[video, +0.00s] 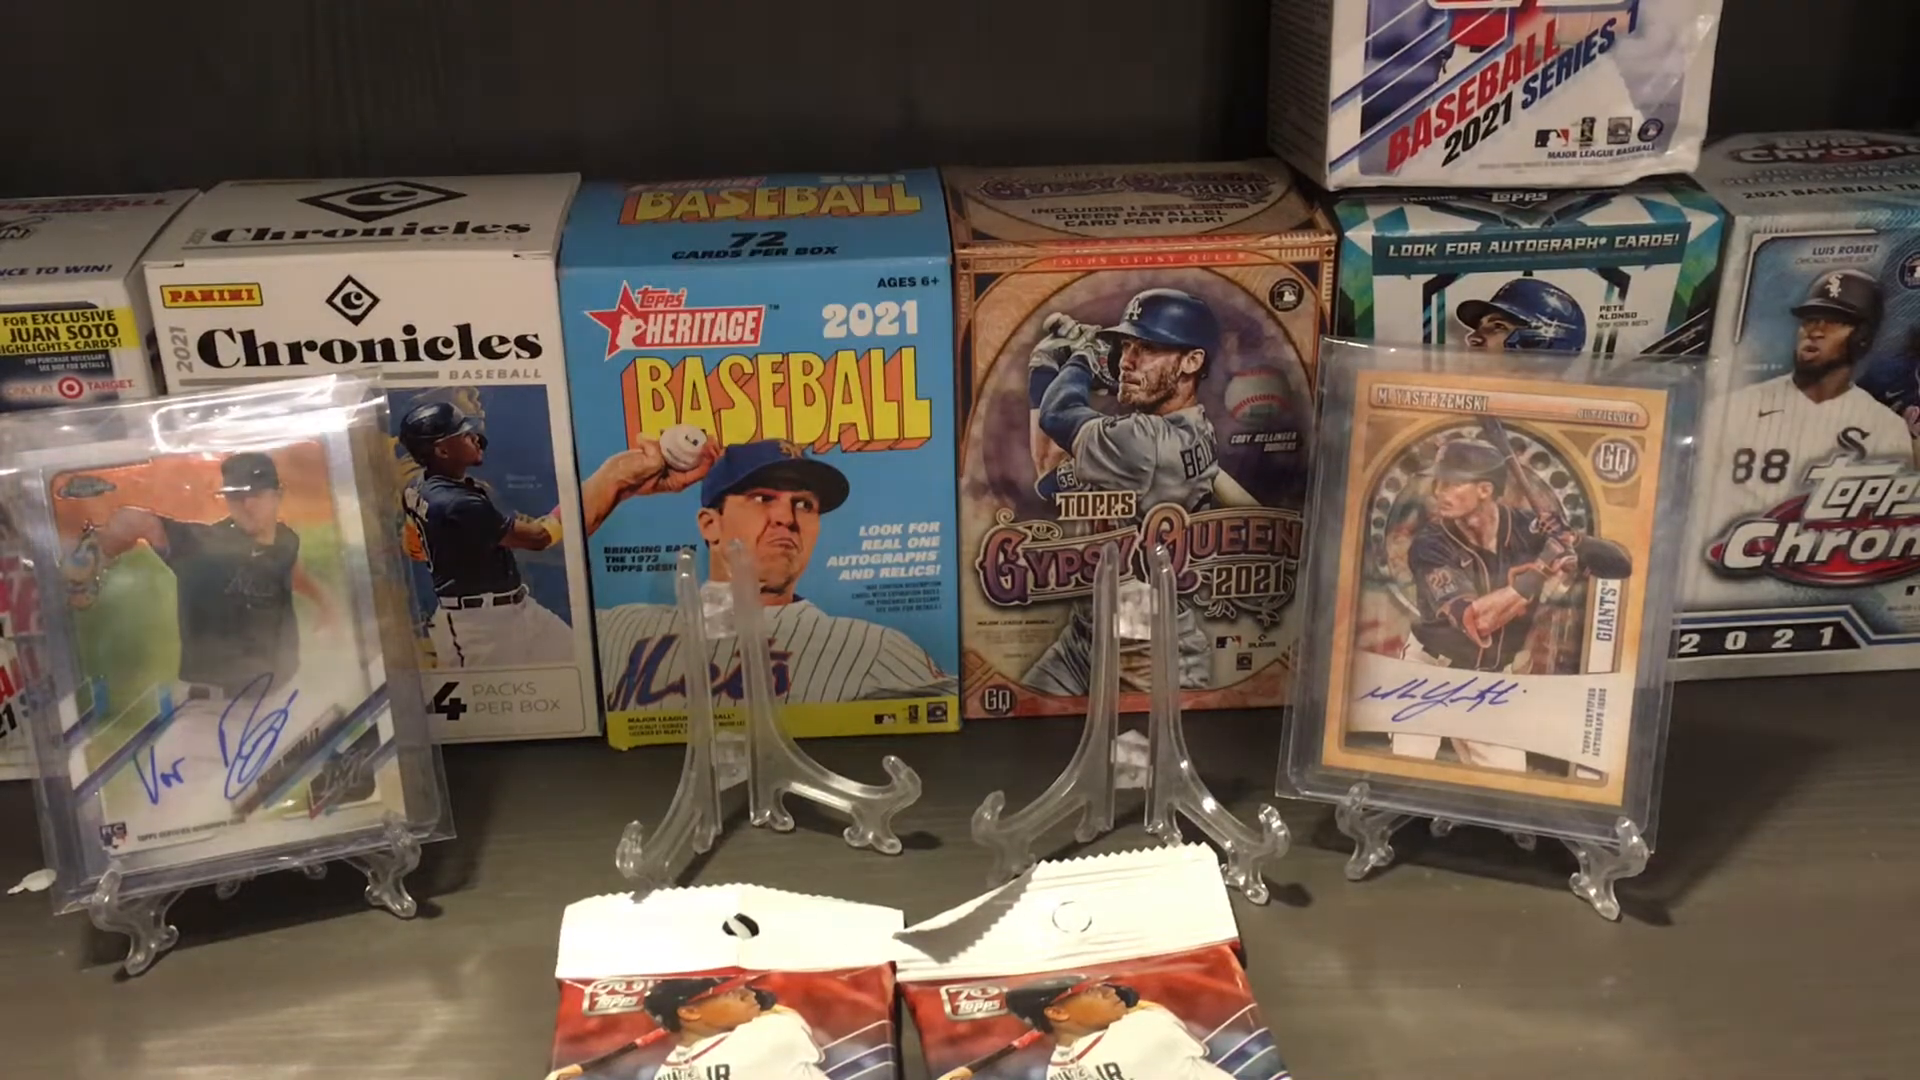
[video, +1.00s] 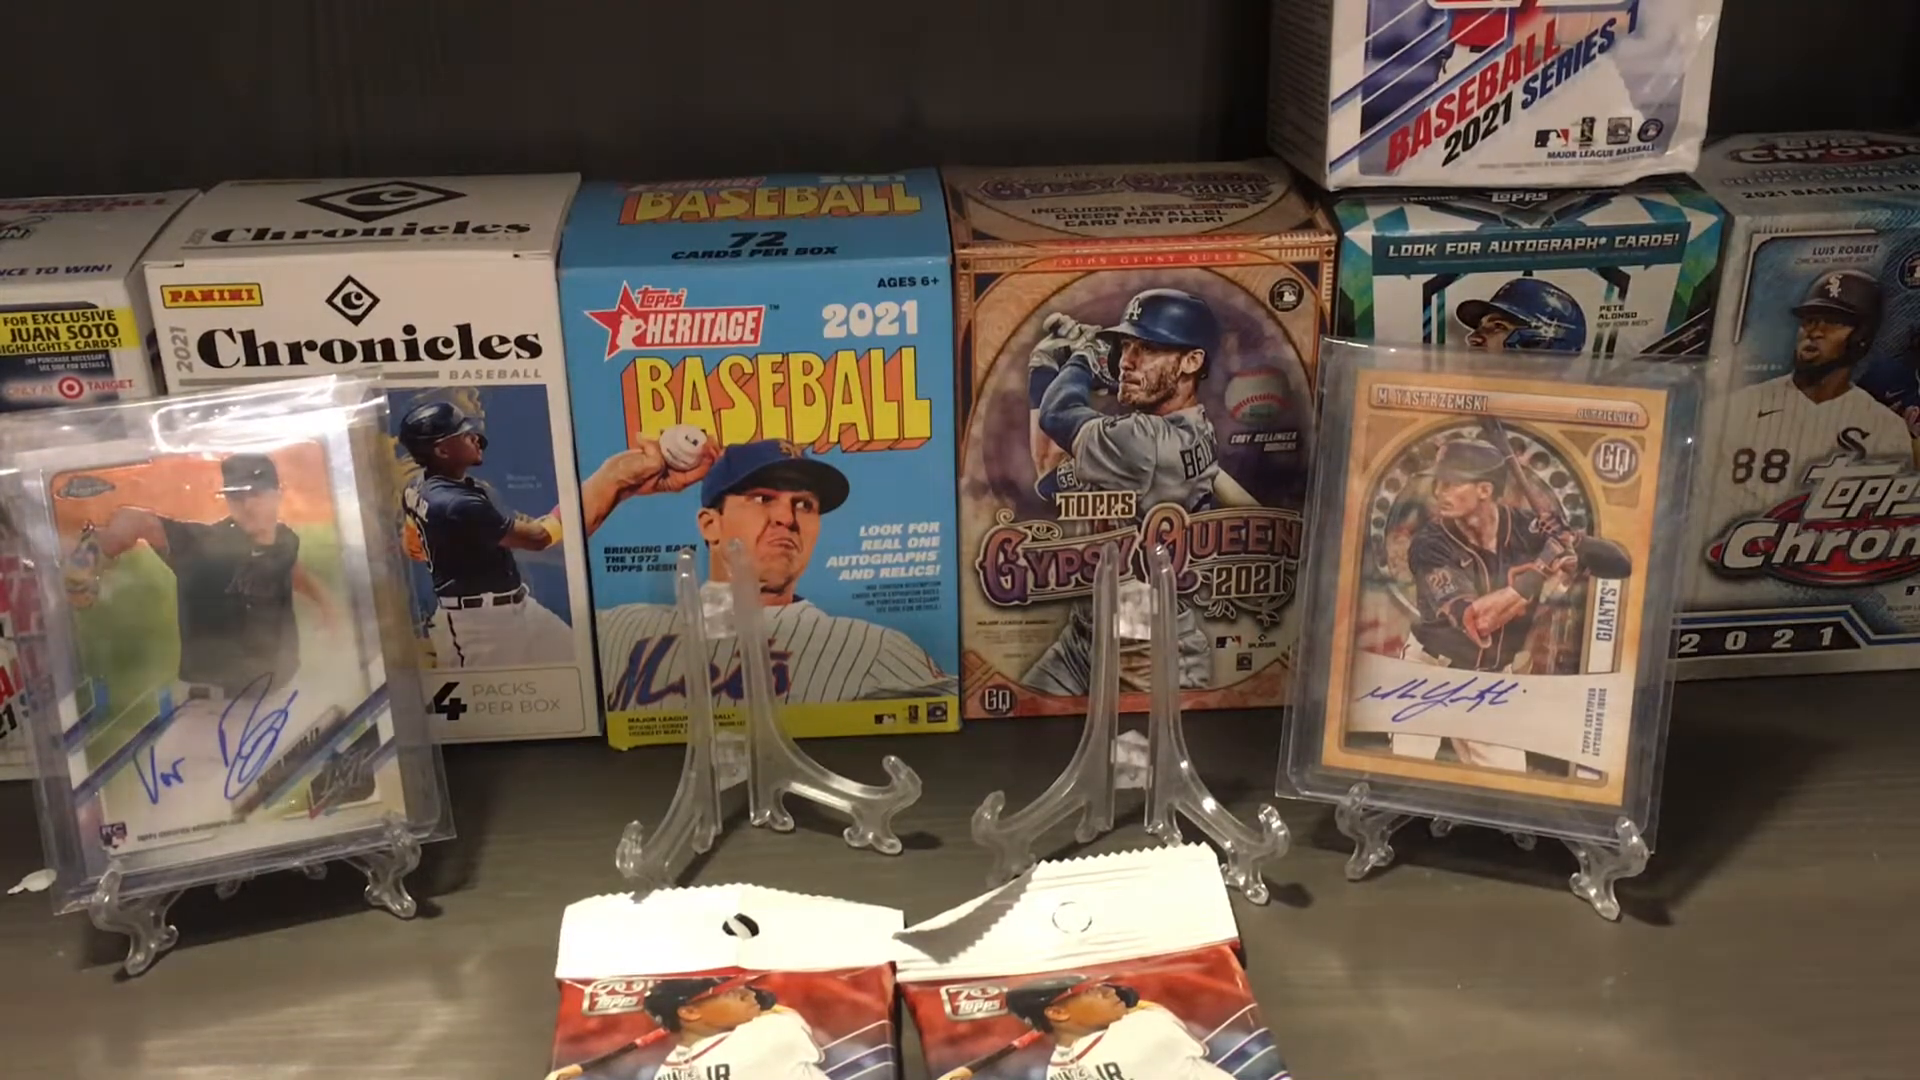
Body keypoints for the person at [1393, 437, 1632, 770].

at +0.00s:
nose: (1439, 492)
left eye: (1452, 485)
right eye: (1438, 483)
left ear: (1484, 491)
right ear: (1434, 484)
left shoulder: (1527, 528)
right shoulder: (1430, 541)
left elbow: (1621, 564)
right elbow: (1473, 622)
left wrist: (1572, 546)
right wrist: (1538, 572)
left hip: (1496, 676)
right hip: (1430, 668)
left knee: (1509, 787)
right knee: (1412, 769)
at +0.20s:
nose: (1439, 492)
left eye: (1451, 485)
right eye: (1439, 483)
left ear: (1484, 491)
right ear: (1436, 485)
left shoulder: (1526, 529)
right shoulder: (1430, 540)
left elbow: (1622, 564)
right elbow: (1473, 622)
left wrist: (1574, 547)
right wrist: (1536, 576)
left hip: (1495, 677)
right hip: (1429, 669)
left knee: (1509, 788)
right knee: (1411, 772)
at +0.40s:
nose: (1439, 492)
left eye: (1452, 484)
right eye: (1439, 483)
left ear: (1484, 491)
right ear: (1435, 485)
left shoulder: (1526, 528)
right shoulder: (1430, 540)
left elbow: (1622, 564)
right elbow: (1472, 621)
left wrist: (1574, 547)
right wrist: (1535, 576)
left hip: (1494, 677)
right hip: (1429, 669)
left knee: (1509, 788)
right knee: (1412, 771)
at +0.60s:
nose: (1439, 492)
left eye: (1451, 484)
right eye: (1439, 483)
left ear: (1484, 491)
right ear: (1436, 485)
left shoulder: (1526, 529)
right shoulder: (1430, 540)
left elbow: (1621, 563)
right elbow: (1473, 622)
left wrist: (1573, 547)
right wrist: (1536, 574)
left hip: (1495, 677)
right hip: (1429, 669)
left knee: (1509, 788)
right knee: (1411, 772)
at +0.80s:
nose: (1439, 492)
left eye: (1451, 484)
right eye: (1438, 483)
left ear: (1484, 491)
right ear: (1434, 486)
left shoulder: (1527, 529)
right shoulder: (1430, 541)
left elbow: (1622, 563)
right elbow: (1472, 621)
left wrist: (1574, 550)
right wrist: (1537, 574)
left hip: (1496, 677)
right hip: (1429, 669)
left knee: (1509, 786)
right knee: (1411, 772)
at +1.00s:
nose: (1439, 492)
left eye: (1451, 484)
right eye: (1438, 483)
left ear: (1484, 491)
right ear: (1435, 486)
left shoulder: (1527, 529)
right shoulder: (1430, 541)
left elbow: (1622, 563)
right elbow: (1472, 621)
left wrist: (1574, 551)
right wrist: (1537, 574)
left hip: (1496, 677)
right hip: (1430, 670)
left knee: (1509, 786)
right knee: (1411, 773)